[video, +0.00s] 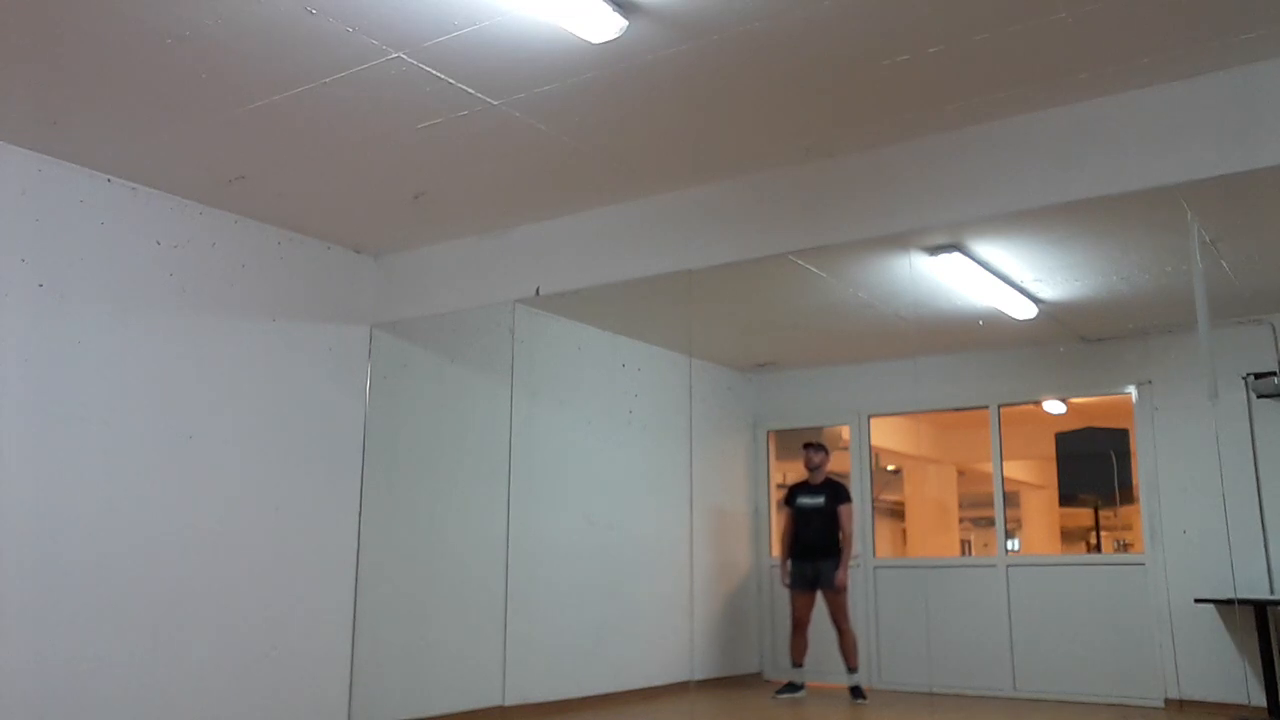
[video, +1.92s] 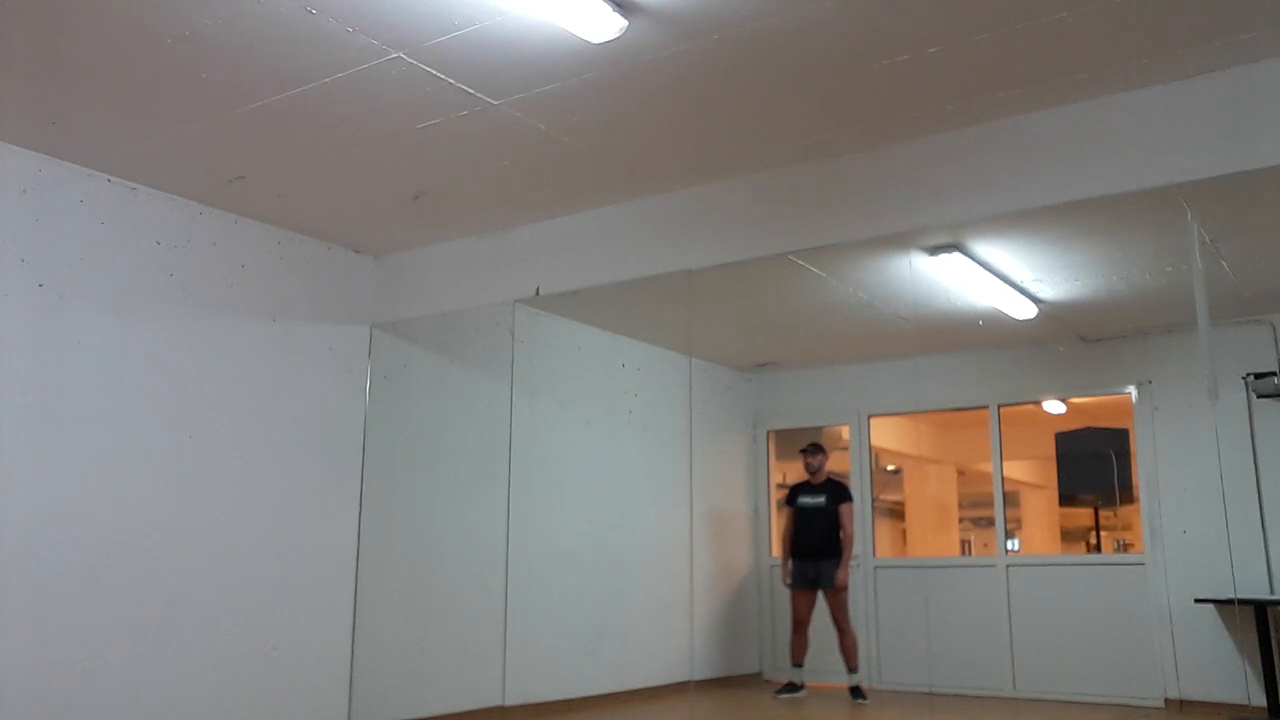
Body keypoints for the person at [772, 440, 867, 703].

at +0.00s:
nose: (811, 458)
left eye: (817, 454)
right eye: (808, 454)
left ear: (827, 459)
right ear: (804, 459)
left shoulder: (838, 490)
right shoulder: (794, 491)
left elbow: (846, 532)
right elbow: (788, 528)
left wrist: (843, 567)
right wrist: (784, 562)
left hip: (830, 564)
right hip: (801, 564)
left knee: (842, 623)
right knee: (799, 623)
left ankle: (854, 681)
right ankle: (797, 680)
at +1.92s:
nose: (810, 461)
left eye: (815, 456)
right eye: (806, 457)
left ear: (825, 459)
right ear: (803, 461)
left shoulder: (839, 490)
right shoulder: (796, 491)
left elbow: (847, 531)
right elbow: (788, 528)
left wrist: (844, 566)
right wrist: (786, 562)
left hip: (831, 564)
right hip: (802, 565)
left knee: (842, 623)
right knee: (799, 624)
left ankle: (854, 682)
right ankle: (796, 680)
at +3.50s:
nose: (809, 459)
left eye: (814, 454)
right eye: (805, 455)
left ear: (824, 458)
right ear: (802, 460)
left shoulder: (837, 488)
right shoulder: (795, 491)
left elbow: (840, 527)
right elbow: (788, 528)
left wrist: (816, 553)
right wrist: (785, 562)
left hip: (830, 561)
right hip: (802, 562)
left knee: (842, 623)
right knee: (799, 623)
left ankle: (855, 683)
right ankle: (796, 679)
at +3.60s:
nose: (808, 459)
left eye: (813, 454)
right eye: (805, 455)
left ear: (824, 458)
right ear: (801, 460)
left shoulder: (835, 487)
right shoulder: (794, 491)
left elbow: (827, 520)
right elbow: (787, 528)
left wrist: (788, 529)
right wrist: (782, 562)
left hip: (829, 563)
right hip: (801, 564)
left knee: (841, 624)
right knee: (795, 622)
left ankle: (854, 683)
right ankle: (796, 679)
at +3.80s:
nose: (795, 465)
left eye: (800, 460)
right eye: (791, 460)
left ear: (811, 463)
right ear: (788, 465)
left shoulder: (820, 493)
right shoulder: (783, 493)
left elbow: (811, 532)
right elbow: (766, 526)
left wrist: (789, 556)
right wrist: (751, 558)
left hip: (818, 566)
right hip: (791, 566)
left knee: (829, 624)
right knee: (781, 623)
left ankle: (853, 682)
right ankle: (795, 680)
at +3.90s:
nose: (783, 473)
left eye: (787, 469)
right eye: (780, 470)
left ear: (799, 470)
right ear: (777, 472)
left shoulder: (812, 500)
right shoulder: (770, 500)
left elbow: (833, 534)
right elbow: (741, 525)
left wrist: (853, 564)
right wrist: (714, 549)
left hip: (813, 571)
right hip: (785, 571)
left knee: (820, 623)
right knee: (776, 625)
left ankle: (845, 678)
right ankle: (794, 681)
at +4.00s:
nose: (784, 464)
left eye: (789, 460)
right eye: (780, 460)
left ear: (799, 461)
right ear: (777, 463)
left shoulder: (814, 490)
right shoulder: (767, 491)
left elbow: (846, 503)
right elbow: (732, 506)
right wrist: (698, 521)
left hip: (808, 561)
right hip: (779, 562)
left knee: (812, 609)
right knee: (780, 619)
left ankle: (812, 660)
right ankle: (792, 677)